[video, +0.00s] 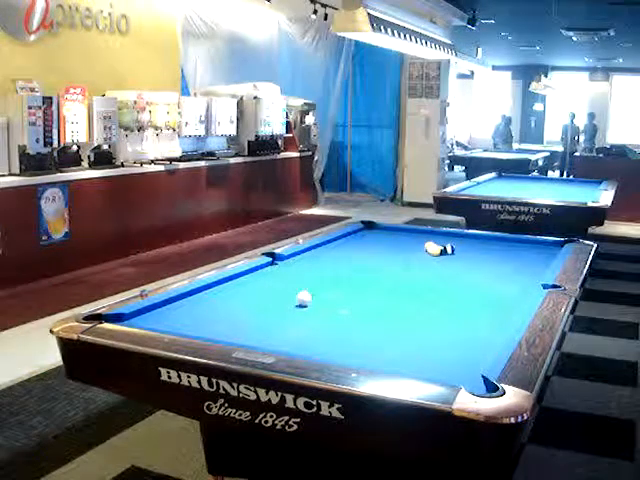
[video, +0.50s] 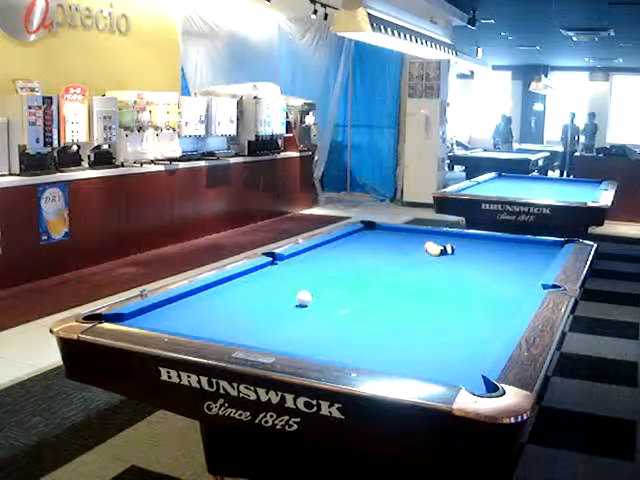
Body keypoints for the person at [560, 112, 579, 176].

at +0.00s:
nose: (571, 118)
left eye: (572, 116)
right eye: (570, 116)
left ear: (574, 117)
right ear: (569, 117)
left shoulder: (576, 127)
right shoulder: (565, 126)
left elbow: (578, 136)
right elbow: (562, 135)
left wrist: (577, 143)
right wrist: (563, 142)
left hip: (573, 146)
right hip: (565, 146)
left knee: (571, 161)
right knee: (563, 160)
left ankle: (568, 174)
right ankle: (561, 173)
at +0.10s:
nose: (571, 118)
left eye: (572, 116)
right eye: (570, 116)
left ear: (574, 117)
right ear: (569, 117)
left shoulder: (576, 127)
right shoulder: (565, 126)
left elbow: (578, 136)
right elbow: (562, 135)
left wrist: (577, 143)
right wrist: (563, 142)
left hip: (573, 146)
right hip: (565, 146)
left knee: (571, 160)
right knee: (563, 160)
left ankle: (568, 173)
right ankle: (561, 173)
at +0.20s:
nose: (571, 118)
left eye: (572, 116)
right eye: (570, 116)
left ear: (574, 117)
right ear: (569, 117)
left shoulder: (576, 127)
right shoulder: (565, 126)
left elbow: (578, 136)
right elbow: (562, 135)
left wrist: (577, 143)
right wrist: (563, 141)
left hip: (573, 146)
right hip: (565, 146)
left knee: (571, 160)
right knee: (563, 160)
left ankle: (569, 173)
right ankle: (561, 173)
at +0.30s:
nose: (571, 118)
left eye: (572, 116)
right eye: (570, 116)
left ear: (574, 117)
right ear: (569, 117)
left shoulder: (576, 127)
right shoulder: (565, 126)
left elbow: (578, 136)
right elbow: (562, 135)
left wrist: (577, 144)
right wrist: (563, 142)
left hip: (573, 146)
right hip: (565, 146)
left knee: (571, 160)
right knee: (563, 160)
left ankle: (569, 173)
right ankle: (561, 173)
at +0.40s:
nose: (571, 118)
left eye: (573, 116)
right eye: (570, 116)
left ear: (574, 117)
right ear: (569, 117)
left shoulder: (576, 127)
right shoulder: (565, 126)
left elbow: (578, 136)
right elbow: (562, 135)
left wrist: (577, 144)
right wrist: (563, 142)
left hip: (573, 146)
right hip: (565, 146)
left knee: (571, 161)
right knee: (563, 160)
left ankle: (569, 173)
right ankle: (561, 173)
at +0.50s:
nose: (572, 118)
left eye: (573, 117)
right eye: (571, 116)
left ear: (574, 117)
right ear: (569, 117)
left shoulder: (576, 128)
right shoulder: (565, 126)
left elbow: (578, 137)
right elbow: (562, 136)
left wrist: (577, 145)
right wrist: (563, 143)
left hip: (572, 147)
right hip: (565, 146)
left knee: (570, 161)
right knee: (563, 161)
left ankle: (568, 174)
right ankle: (561, 174)